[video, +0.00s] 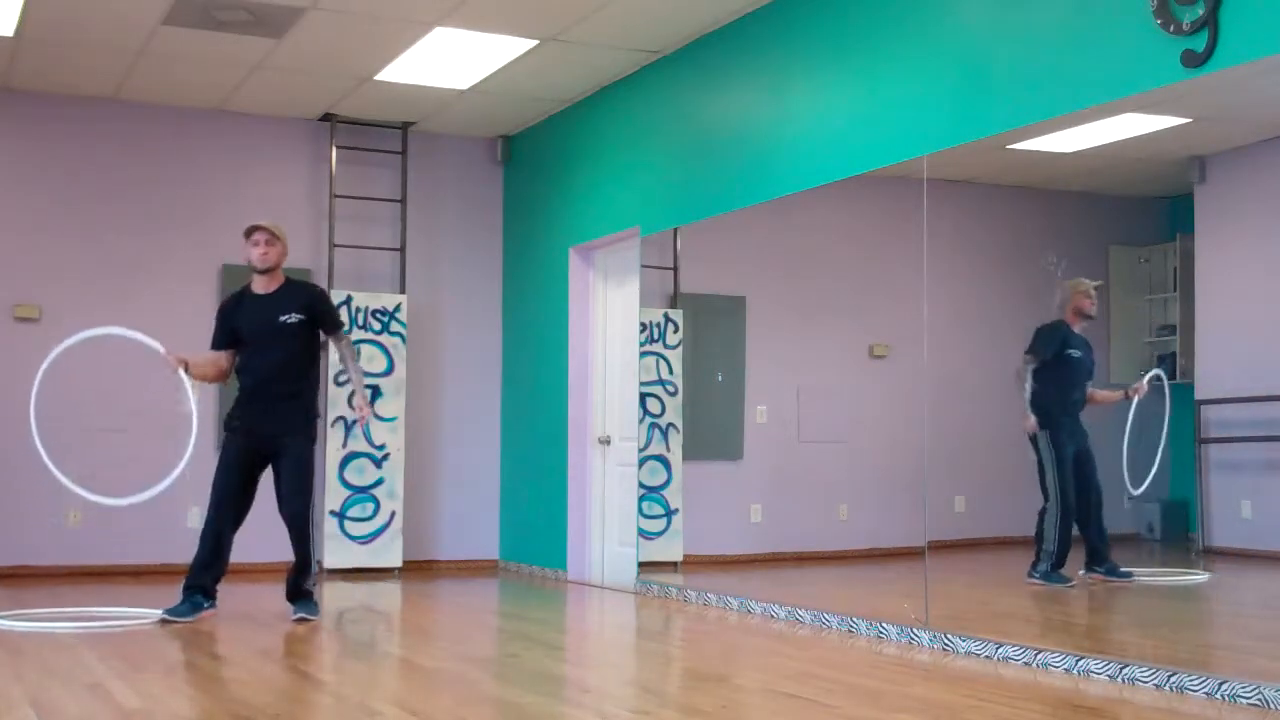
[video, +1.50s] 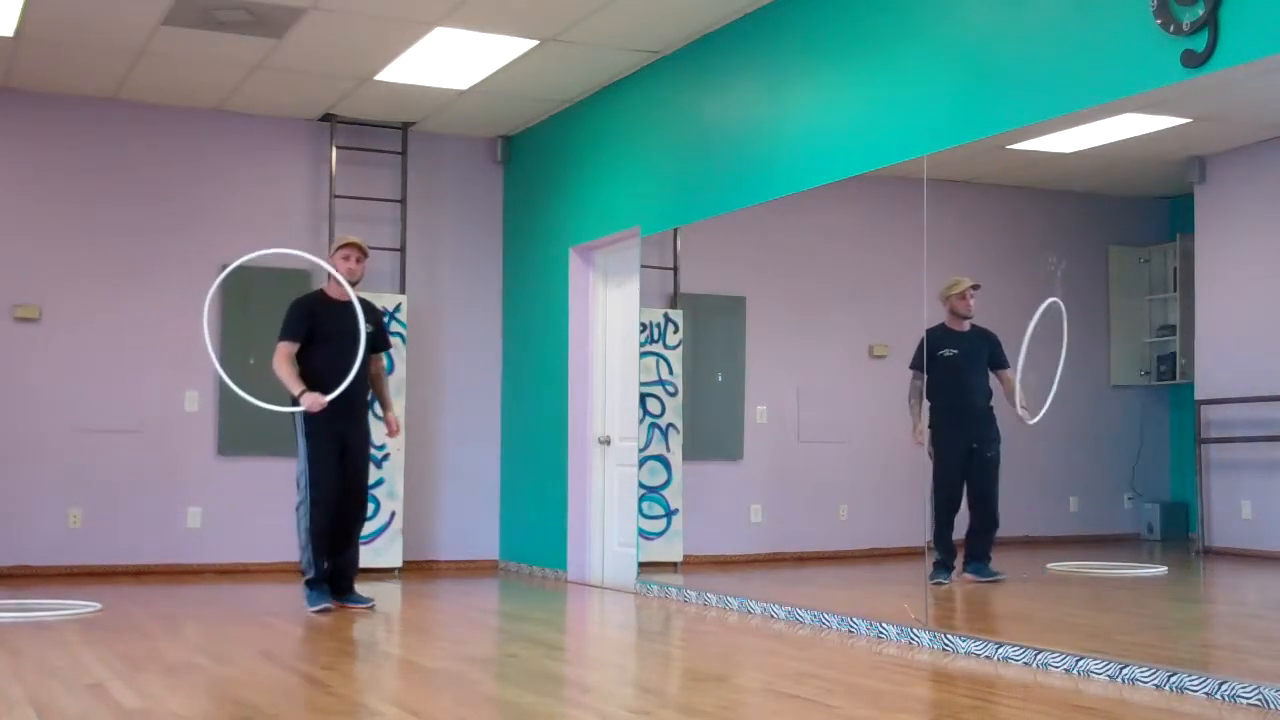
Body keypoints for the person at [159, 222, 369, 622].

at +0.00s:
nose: (263, 248)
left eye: (270, 242)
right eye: (256, 243)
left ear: (284, 253)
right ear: (246, 254)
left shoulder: (310, 298)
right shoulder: (233, 307)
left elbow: (343, 344)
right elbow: (219, 367)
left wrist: (359, 389)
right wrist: (186, 363)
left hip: (295, 424)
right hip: (247, 422)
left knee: (297, 512)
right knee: (222, 511)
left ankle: (302, 596)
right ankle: (198, 594)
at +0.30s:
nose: (268, 252)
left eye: (275, 248)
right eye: (261, 246)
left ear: (284, 259)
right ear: (248, 255)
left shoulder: (297, 305)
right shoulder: (226, 303)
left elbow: (314, 363)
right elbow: (199, 363)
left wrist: (323, 411)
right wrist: (212, 331)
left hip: (285, 425)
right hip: (237, 424)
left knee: (294, 510)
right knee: (230, 510)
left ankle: (303, 594)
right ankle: (223, 590)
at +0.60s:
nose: (255, 256)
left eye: (262, 252)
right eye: (248, 250)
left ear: (270, 262)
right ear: (234, 257)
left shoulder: (282, 304)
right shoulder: (215, 307)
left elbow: (290, 362)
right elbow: (201, 363)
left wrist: (297, 409)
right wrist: (236, 354)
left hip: (279, 422)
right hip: (235, 424)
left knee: (294, 507)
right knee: (230, 510)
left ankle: (306, 589)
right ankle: (223, 590)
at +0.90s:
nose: (282, 263)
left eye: (287, 258)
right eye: (274, 256)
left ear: (290, 267)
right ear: (255, 261)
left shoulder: (296, 308)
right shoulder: (235, 308)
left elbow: (303, 364)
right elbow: (216, 365)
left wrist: (313, 407)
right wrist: (245, 384)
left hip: (294, 423)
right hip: (253, 424)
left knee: (310, 504)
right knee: (240, 508)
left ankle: (328, 586)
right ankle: (223, 590)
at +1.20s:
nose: (330, 269)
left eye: (336, 265)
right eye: (324, 262)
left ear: (341, 273)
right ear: (308, 266)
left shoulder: (343, 317)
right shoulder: (286, 311)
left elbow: (343, 376)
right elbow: (260, 367)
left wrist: (352, 422)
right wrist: (274, 399)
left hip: (337, 426)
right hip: (297, 425)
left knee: (343, 509)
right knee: (273, 507)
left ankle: (337, 588)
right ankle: (238, 585)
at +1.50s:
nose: (352, 265)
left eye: (358, 261)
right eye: (346, 258)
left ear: (364, 268)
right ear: (331, 262)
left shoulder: (370, 314)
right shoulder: (307, 307)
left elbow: (376, 367)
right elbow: (281, 359)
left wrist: (387, 409)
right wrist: (302, 392)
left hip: (355, 417)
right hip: (318, 416)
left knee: (353, 498)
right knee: (319, 497)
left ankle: (342, 585)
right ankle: (316, 588)